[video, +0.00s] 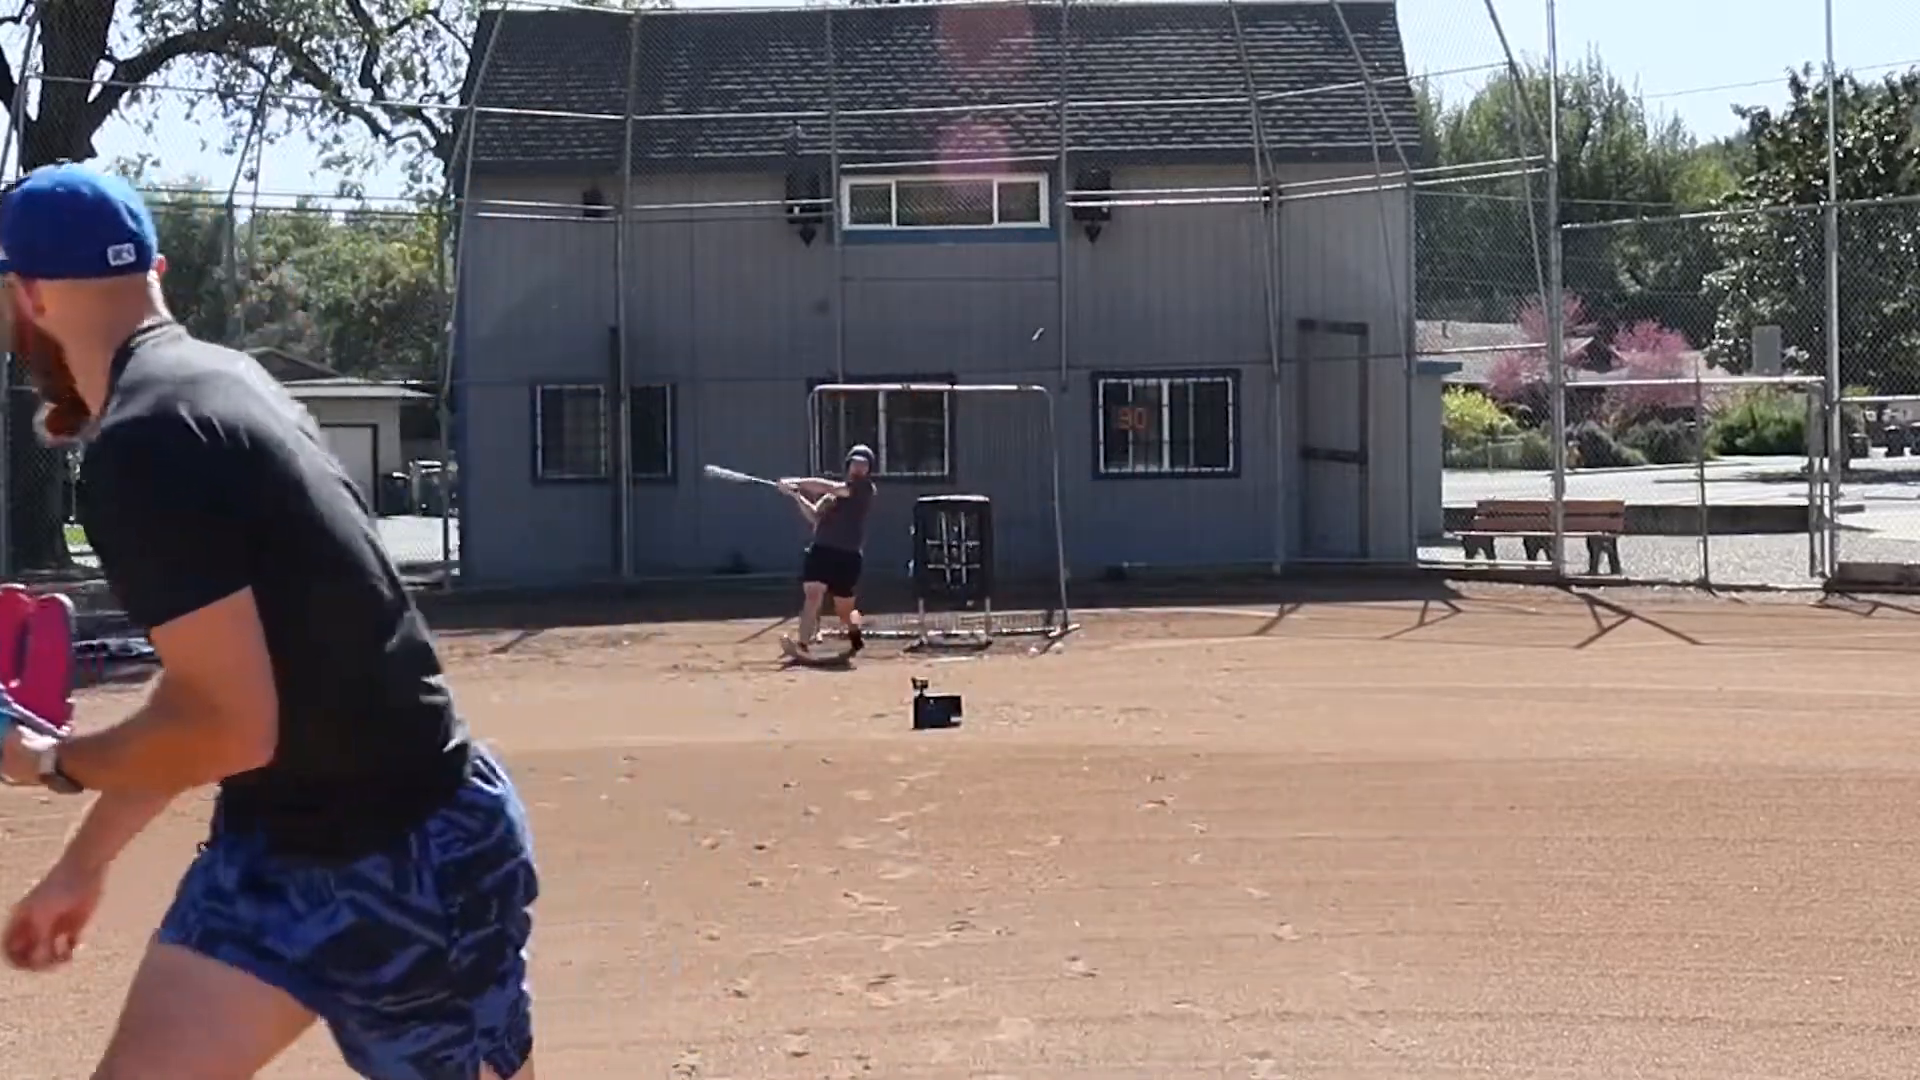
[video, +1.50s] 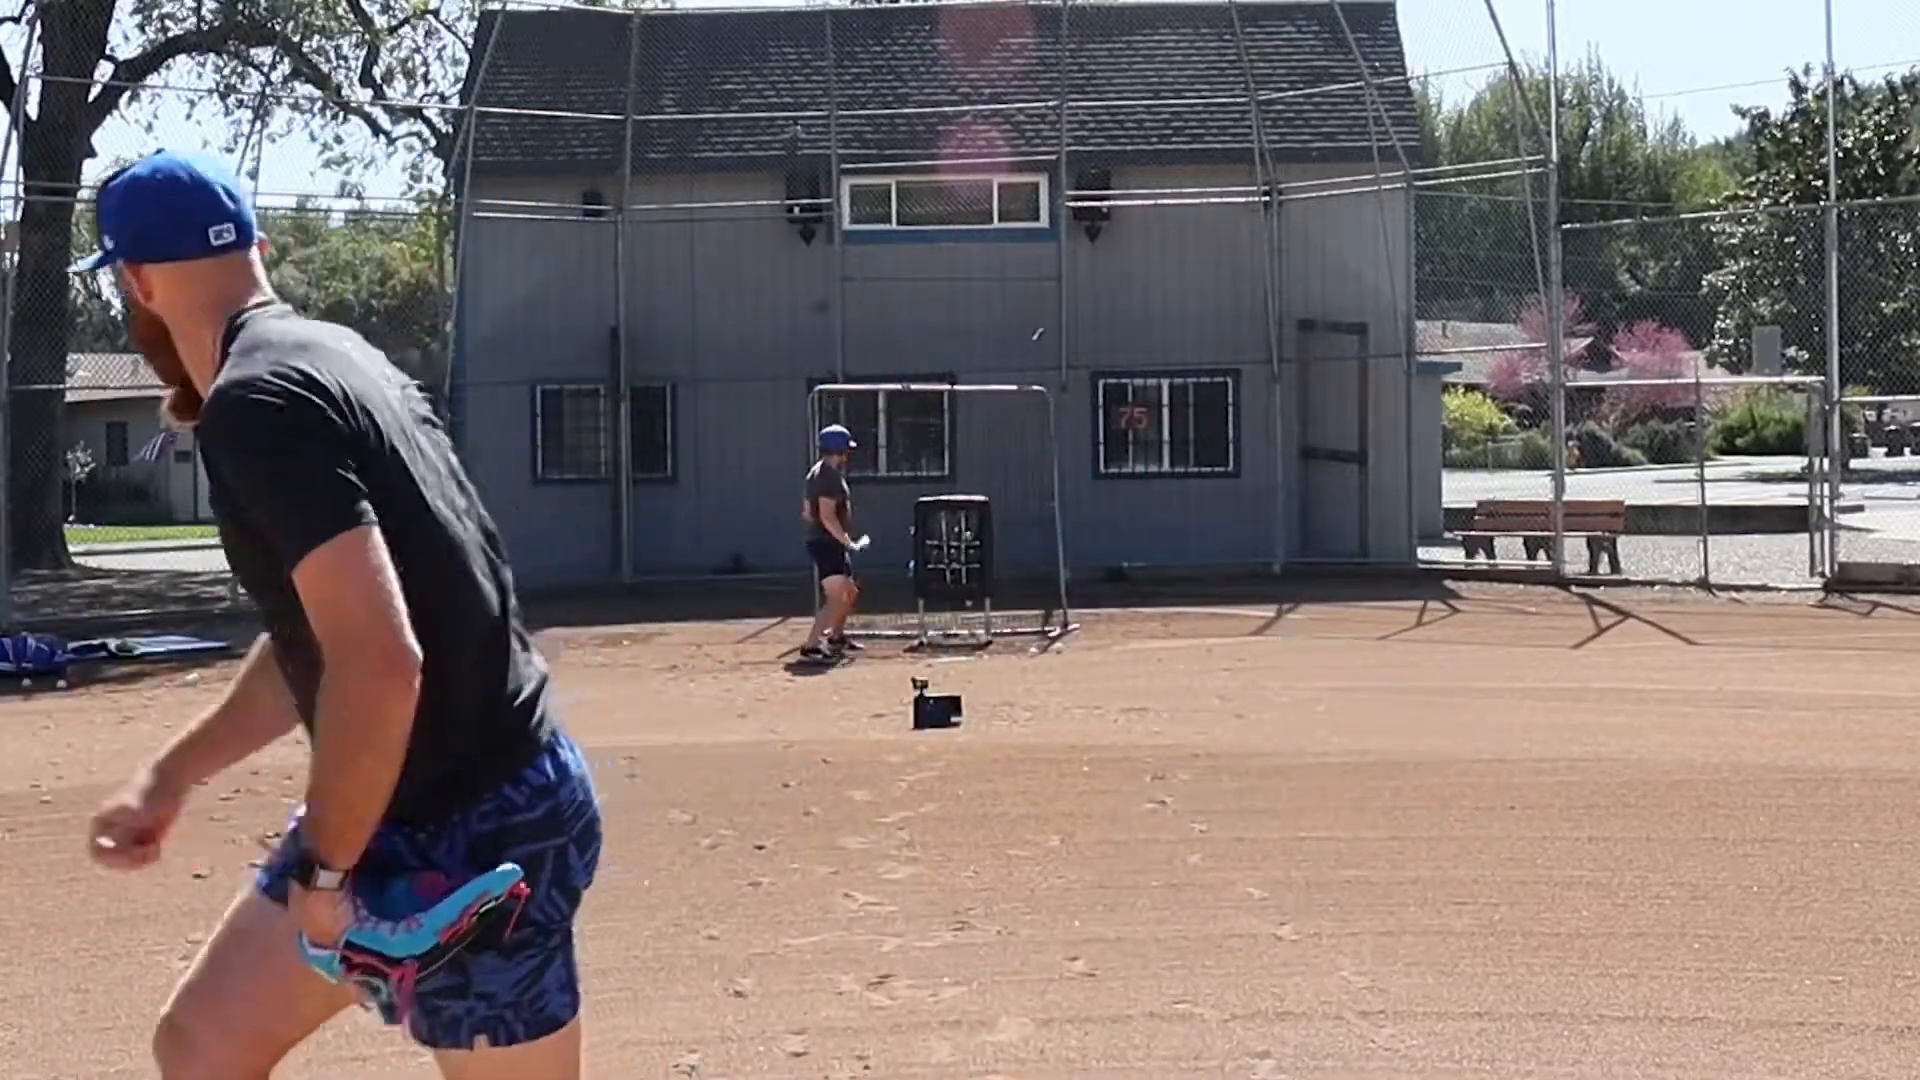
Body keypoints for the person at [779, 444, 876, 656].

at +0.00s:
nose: (858, 469)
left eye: (863, 465)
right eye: (855, 464)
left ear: (868, 469)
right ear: (848, 465)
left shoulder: (865, 489)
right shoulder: (836, 491)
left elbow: (830, 488)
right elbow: (815, 515)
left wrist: (797, 482)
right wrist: (795, 494)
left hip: (847, 553)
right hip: (822, 548)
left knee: (845, 610)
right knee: (813, 595)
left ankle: (854, 631)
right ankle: (803, 643)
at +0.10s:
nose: (858, 470)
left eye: (863, 466)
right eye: (854, 465)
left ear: (868, 469)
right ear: (848, 466)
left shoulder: (868, 492)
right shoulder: (832, 489)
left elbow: (840, 492)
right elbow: (813, 514)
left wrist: (805, 489)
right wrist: (800, 499)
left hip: (848, 551)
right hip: (821, 547)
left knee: (845, 607)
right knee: (813, 594)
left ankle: (858, 629)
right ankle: (803, 642)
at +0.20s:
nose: (853, 448)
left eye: (853, 444)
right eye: (849, 443)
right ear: (839, 444)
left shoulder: (844, 475)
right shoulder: (828, 474)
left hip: (830, 532)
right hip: (824, 533)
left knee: (855, 581)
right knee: (856, 581)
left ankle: (837, 627)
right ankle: (834, 626)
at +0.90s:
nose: (856, 464)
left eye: (857, 459)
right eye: (852, 459)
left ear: (844, 460)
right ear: (841, 459)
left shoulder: (824, 478)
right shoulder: (844, 481)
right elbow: (867, 507)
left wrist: (851, 489)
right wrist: (861, 488)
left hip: (823, 546)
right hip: (816, 547)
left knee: (852, 593)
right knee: (839, 599)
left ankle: (836, 636)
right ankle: (813, 645)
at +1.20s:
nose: (849, 455)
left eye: (849, 451)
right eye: (846, 450)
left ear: (827, 450)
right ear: (836, 450)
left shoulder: (817, 471)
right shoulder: (832, 473)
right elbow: (852, 515)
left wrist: (852, 503)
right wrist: (863, 507)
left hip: (824, 541)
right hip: (822, 543)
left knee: (850, 591)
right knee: (839, 598)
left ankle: (837, 635)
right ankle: (812, 643)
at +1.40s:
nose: (848, 455)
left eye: (847, 451)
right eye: (845, 451)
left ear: (828, 451)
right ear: (836, 451)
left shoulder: (823, 472)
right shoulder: (828, 476)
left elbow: (846, 506)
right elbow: (833, 516)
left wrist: (854, 528)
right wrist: (853, 534)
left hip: (828, 540)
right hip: (823, 541)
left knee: (849, 590)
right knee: (838, 596)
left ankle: (837, 634)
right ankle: (812, 643)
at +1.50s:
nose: (848, 455)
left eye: (848, 450)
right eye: (845, 450)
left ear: (828, 450)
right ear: (837, 451)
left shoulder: (820, 471)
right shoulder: (828, 476)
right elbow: (827, 515)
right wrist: (847, 540)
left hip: (828, 538)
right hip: (824, 539)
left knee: (849, 590)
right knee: (837, 594)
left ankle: (836, 634)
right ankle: (812, 642)